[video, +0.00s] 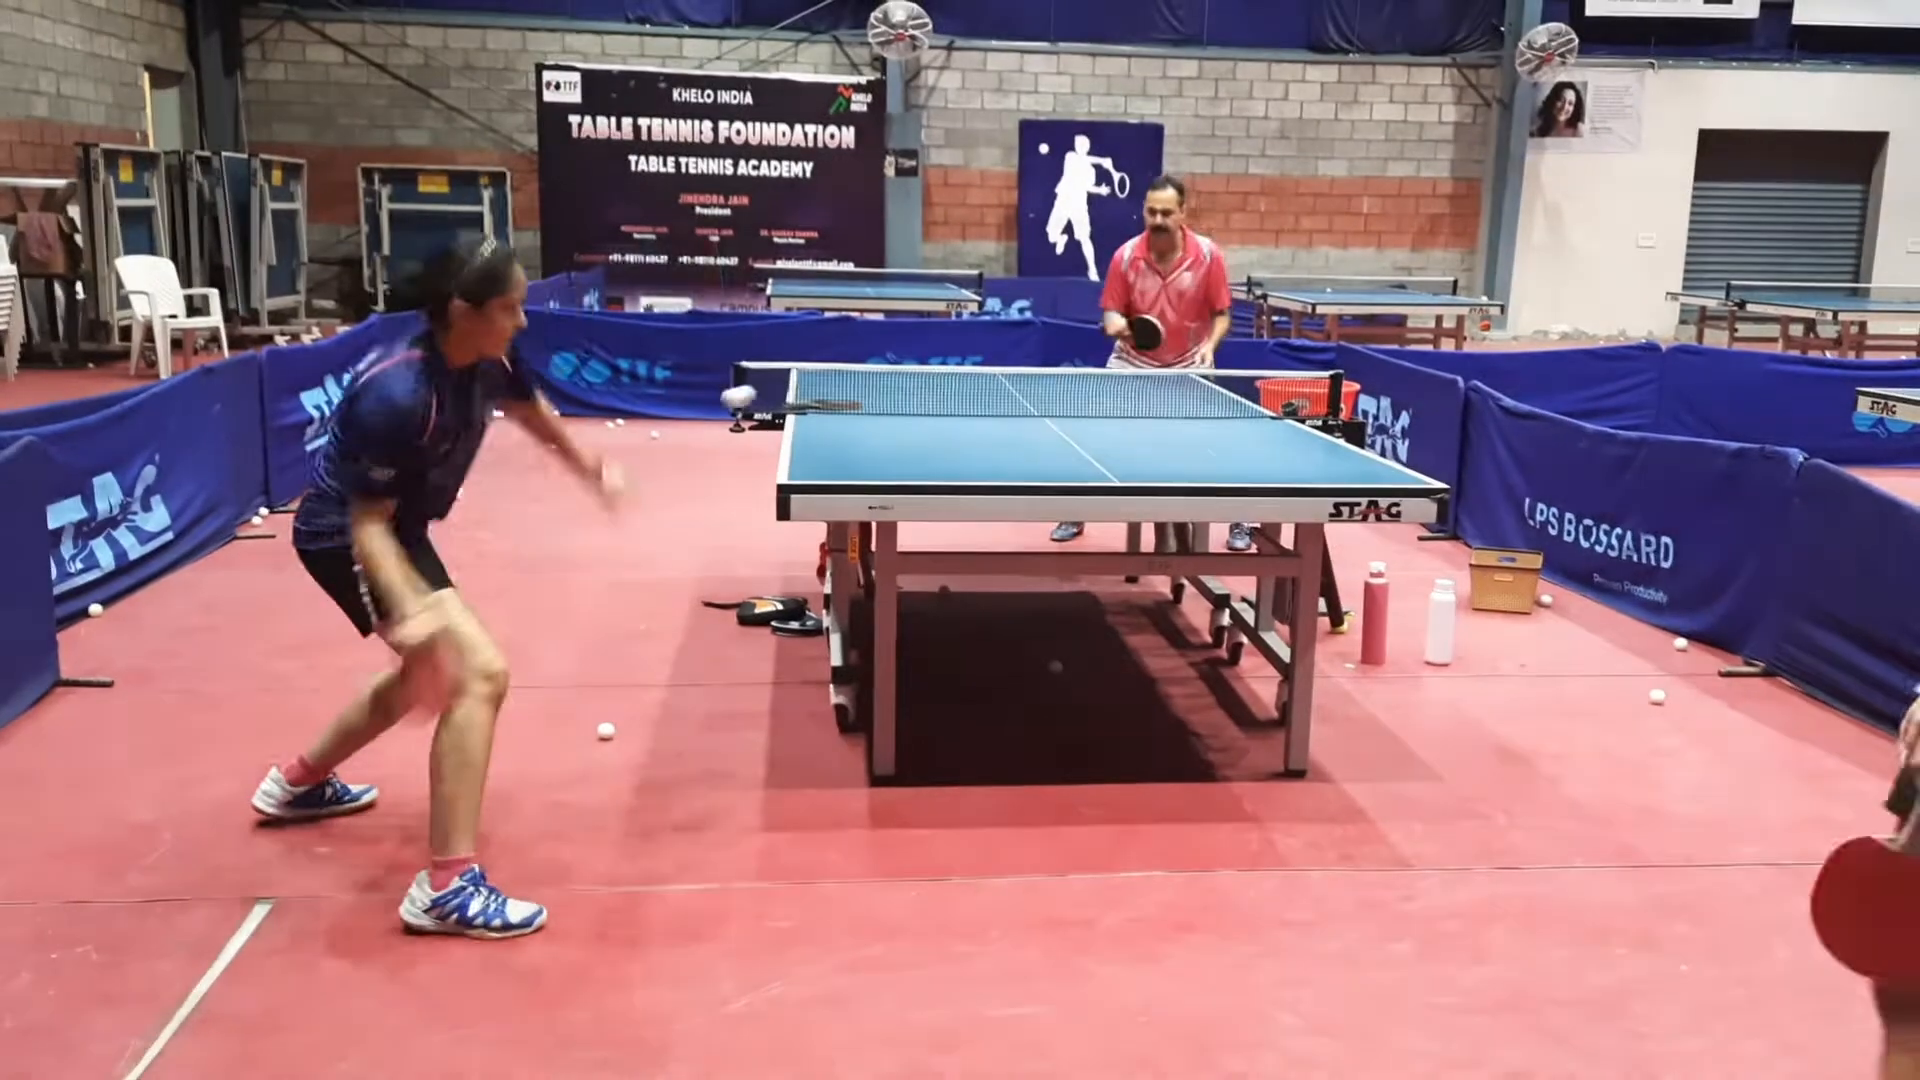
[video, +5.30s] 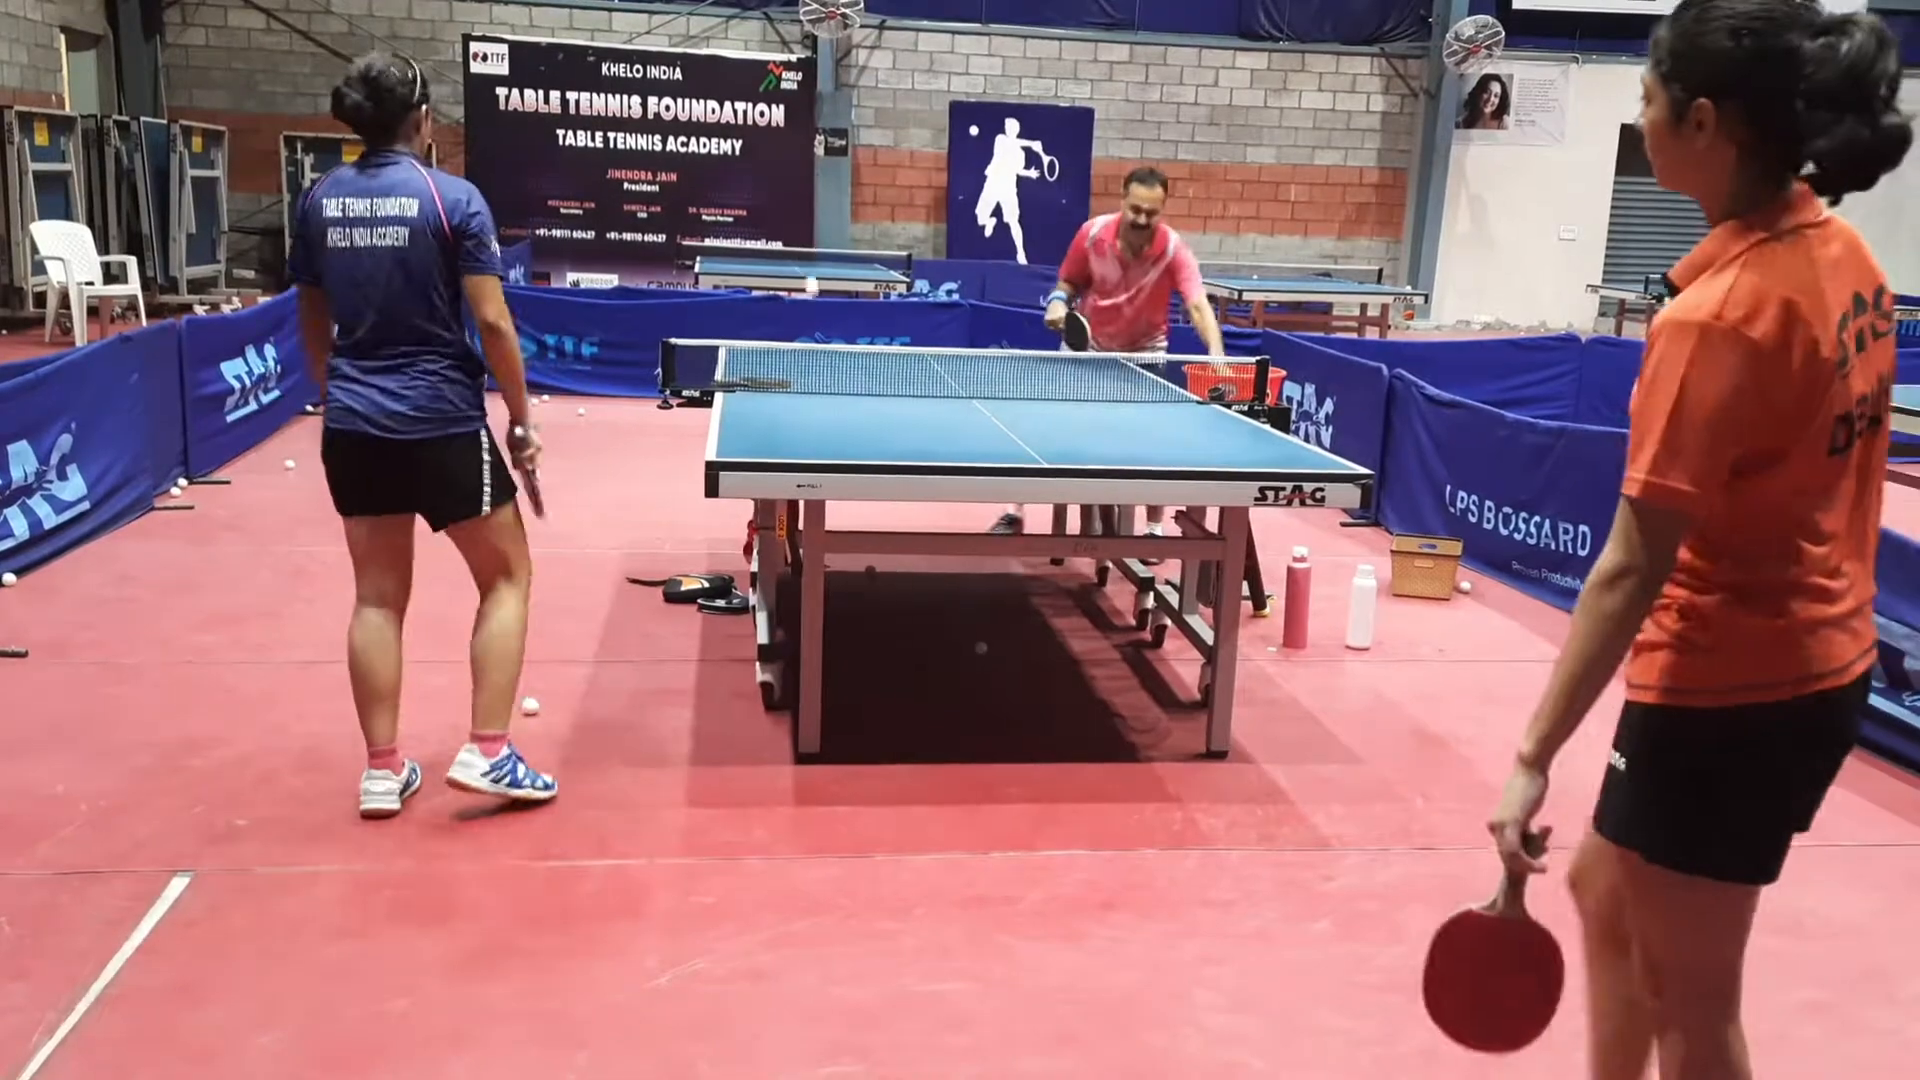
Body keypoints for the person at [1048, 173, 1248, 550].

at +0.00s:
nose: (1158, 221)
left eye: (1167, 213)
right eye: (1152, 213)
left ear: (1183, 214)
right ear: (1143, 213)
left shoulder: (1208, 255)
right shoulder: (1127, 255)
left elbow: (1223, 313)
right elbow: (1111, 313)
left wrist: (1210, 344)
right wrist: (1119, 327)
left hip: (1190, 367)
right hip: (1130, 364)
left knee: (1218, 435)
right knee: (1092, 428)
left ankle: (1239, 518)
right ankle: (1073, 512)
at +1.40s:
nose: (1129, 216)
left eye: (1137, 208)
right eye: (1122, 208)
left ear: (1152, 207)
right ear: (1112, 208)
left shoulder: (1175, 250)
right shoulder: (1094, 252)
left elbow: (1193, 308)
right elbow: (1071, 306)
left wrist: (1173, 339)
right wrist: (1071, 318)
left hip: (1160, 367)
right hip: (1099, 364)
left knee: (1189, 438)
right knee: (1062, 432)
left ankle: (1211, 521)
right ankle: (1039, 515)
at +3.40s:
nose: (1116, 175)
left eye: (1124, 168)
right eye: (1109, 167)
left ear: (1137, 173)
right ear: (1099, 171)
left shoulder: (1158, 225)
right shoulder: (1078, 223)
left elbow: (1164, 287)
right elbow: (1061, 287)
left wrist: (1142, 335)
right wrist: (1069, 289)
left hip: (1133, 347)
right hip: (1075, 344)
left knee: (1146, 434)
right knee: (1038, 418)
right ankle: (1013, 502)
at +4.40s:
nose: (1106, 192)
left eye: (1115, 184)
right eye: (1100, 183)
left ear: (1131, 187)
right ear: (1092, 184)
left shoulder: (1153, 233)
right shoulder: (1071, 231)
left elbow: (1166, 296)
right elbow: (1055, 289)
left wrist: (1133, 329)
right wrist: (1042, 294)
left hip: (1129, 351)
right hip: (1069, 344)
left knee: (1159, 423)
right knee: (1032, 413)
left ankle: (1174, 508)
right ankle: (1016, 498)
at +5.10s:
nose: (1110, 205)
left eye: (1117, 197)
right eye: (1102, 197)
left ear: (1125, 193)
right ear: (1083, 190)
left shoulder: (1138, 231)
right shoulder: (1052, 231)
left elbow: (1167, 281)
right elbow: (1029, 283)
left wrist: (1181, 313)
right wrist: (1027, 305)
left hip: (1117, 348)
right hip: (1054, 346)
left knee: (1134, 429)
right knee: (1024, 419)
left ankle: (1152, 522)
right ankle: (999, 509)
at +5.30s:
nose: (1142, 220)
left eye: (1151, 213)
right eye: (1135, 210)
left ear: (1163, 210)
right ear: (1122, 202)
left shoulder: (1173, 248)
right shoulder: (1093, 234)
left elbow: (1197, 305)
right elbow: (1067, 283)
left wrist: (1216, 351)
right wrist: (1057, 304)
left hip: (1146, 351)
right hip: (1090, 347)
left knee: (1152, 437)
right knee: (1051, 423)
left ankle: (1154, 529)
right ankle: (1015, 511)